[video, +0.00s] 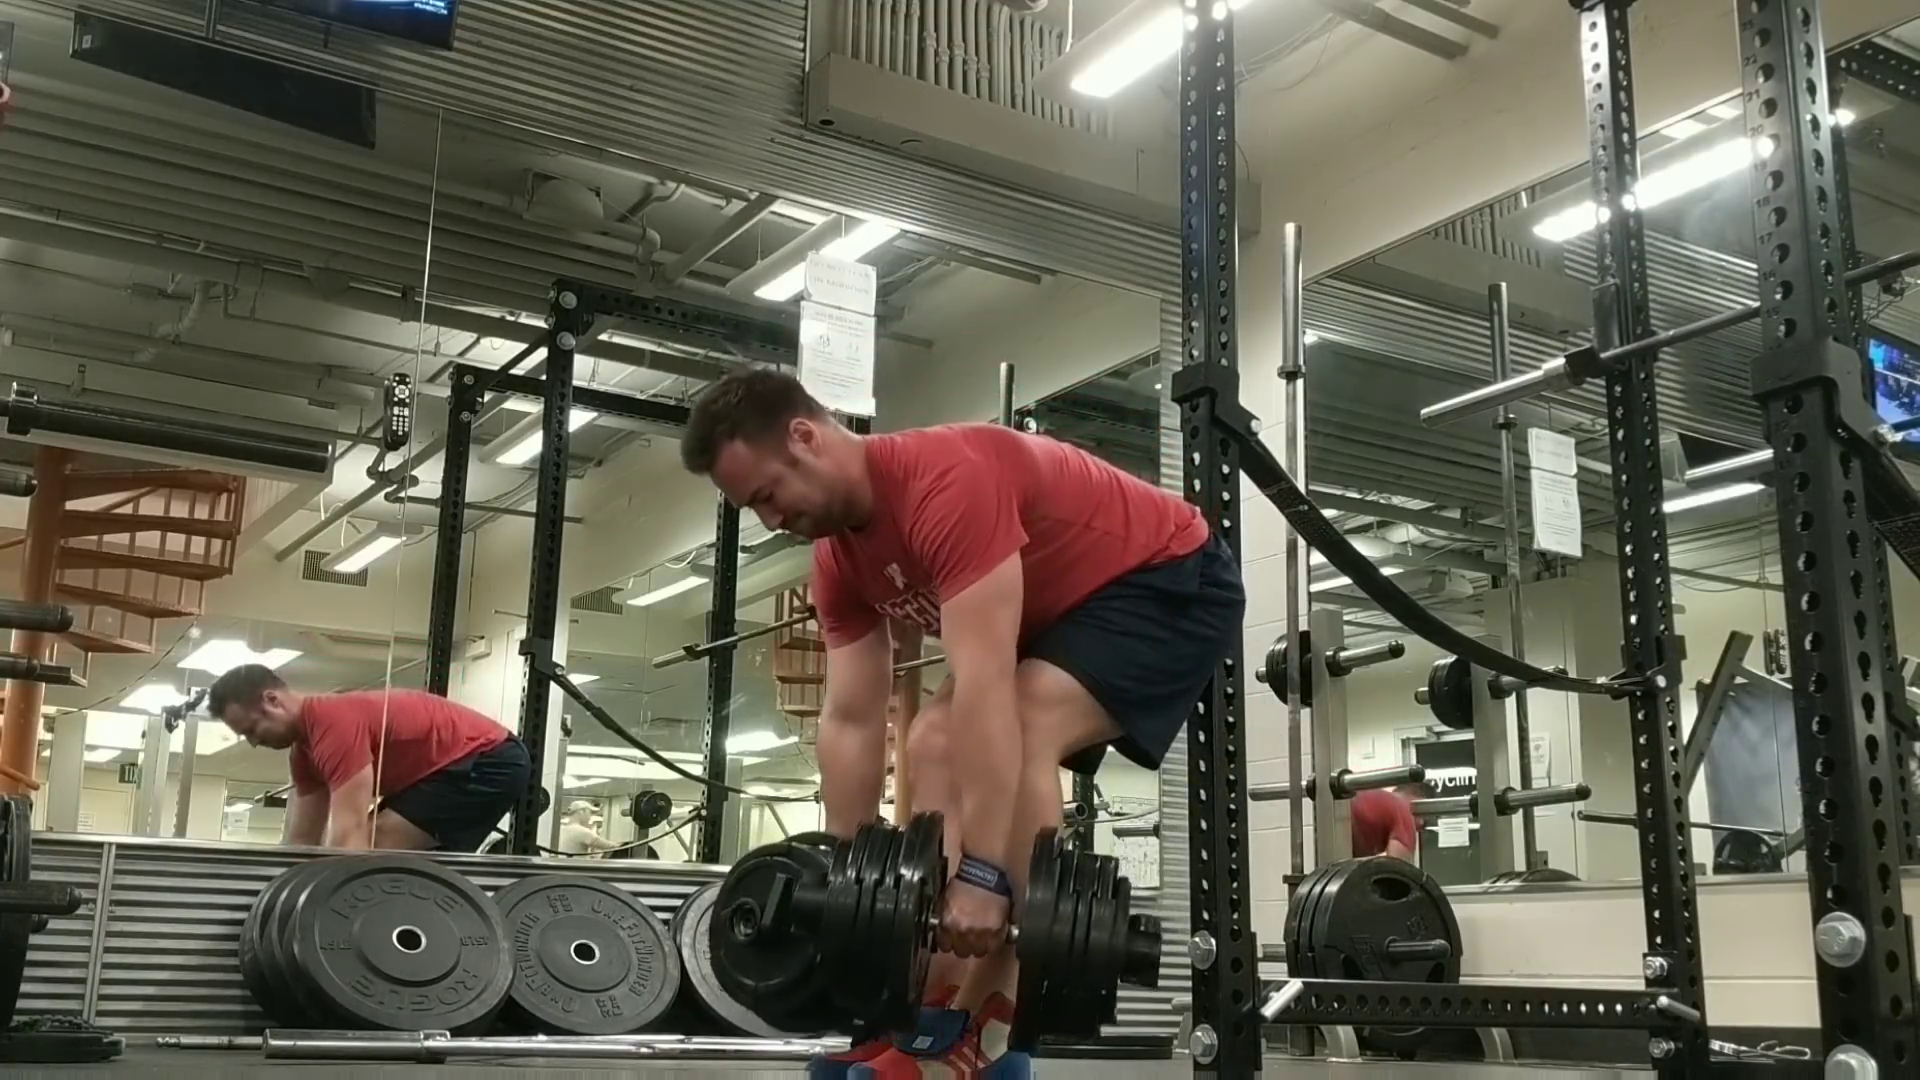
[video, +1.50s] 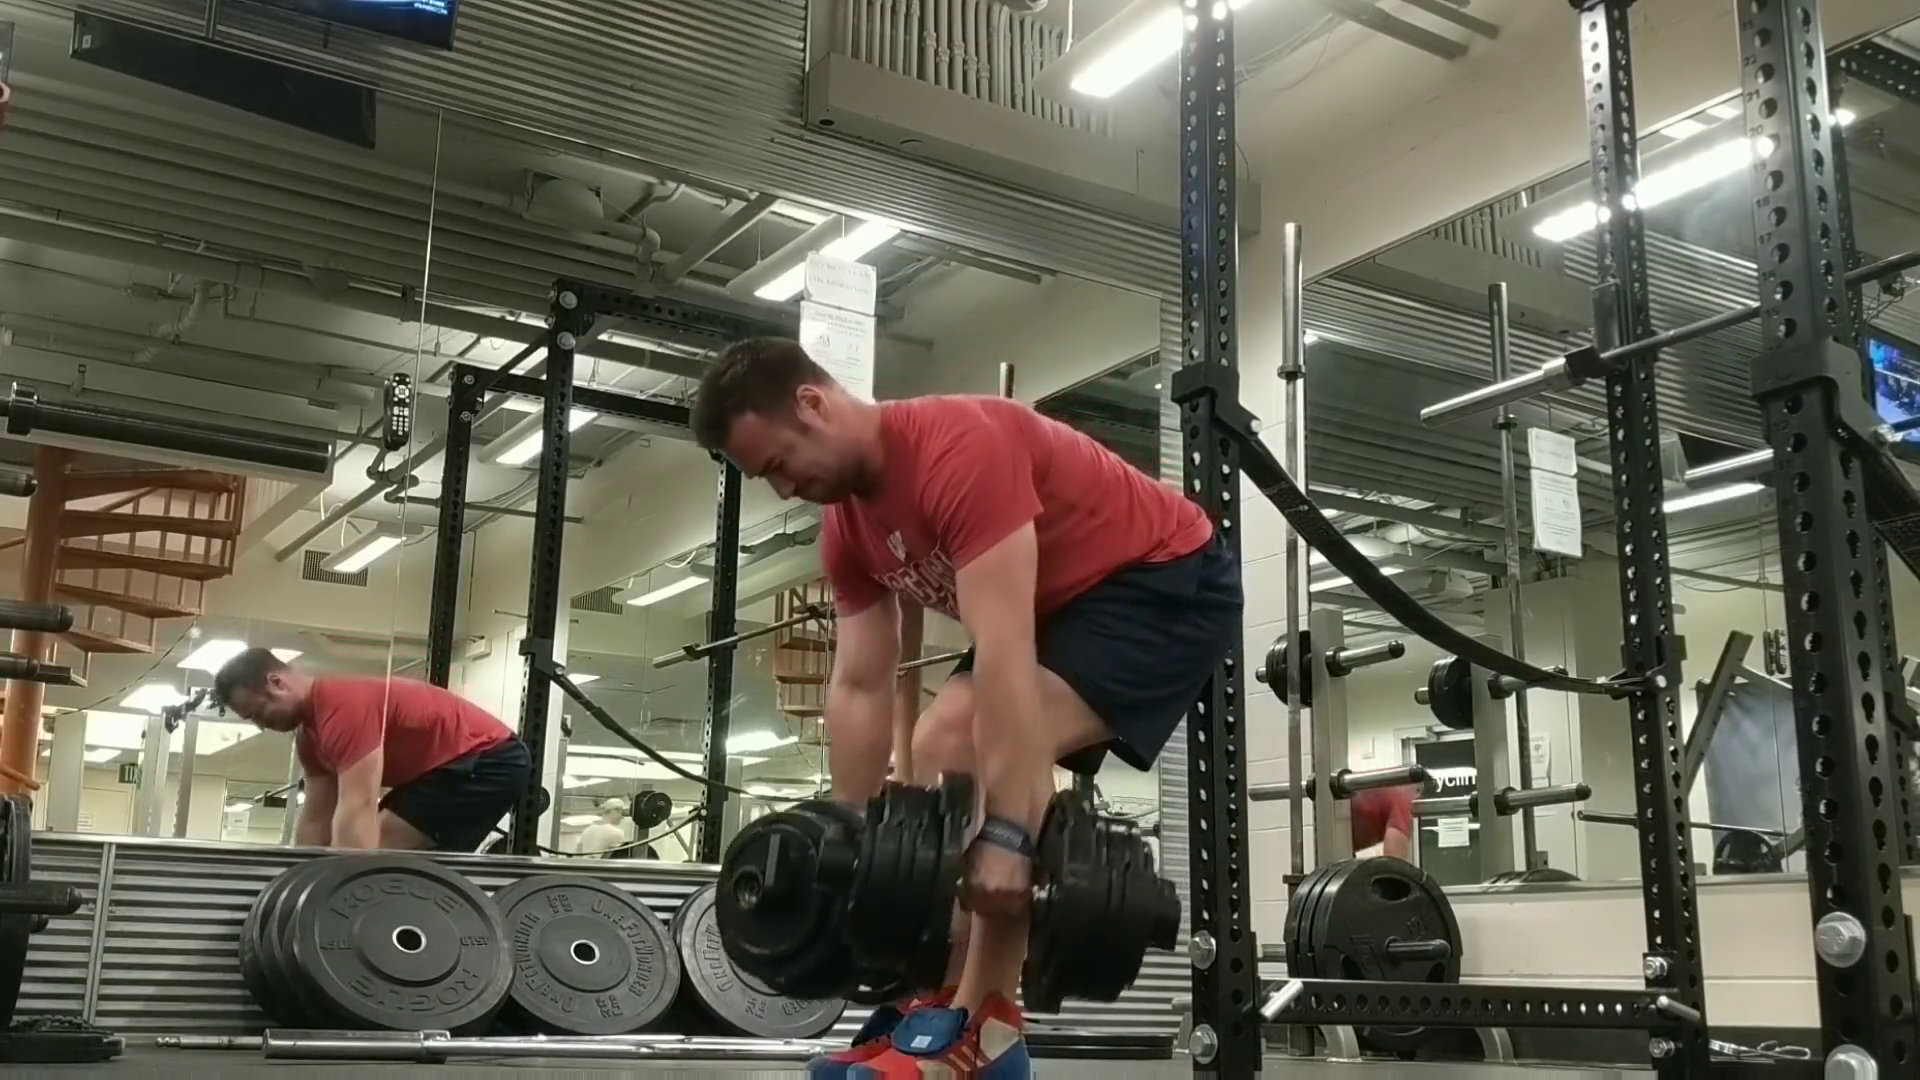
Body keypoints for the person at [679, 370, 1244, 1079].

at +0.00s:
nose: (767, 520)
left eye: (766, 495)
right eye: (751, 509)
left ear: (807, 437)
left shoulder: (953, 482)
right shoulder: (842, 560)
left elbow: (985, 683)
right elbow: (851, 719)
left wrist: (982, 875)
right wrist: (845, 884)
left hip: (1169, 576)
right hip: (1062, 612)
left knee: (1019, 727)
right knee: (935, 740)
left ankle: (988, 1033)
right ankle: (930, 1019)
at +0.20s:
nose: (786, 487)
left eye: (781, 462)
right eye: (769, 476)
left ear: (818, 401)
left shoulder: (965, 441)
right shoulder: (850, 520)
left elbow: (1032, 614)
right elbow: (873, 675)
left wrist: (1026, 806)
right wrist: (852, 833)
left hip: (1168, 576)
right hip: (1061, 601)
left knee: (1013, 730)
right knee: (937, 737)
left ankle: (990, 1020)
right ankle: (946, 997)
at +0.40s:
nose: (817, 454)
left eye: (809, 433)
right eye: (800, 447)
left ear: (836, 369)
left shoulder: (986, 390)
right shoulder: (864, 474)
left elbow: (1094, 545)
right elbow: (899, 610)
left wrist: (1087, 716)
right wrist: (883, 756)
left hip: (1166, 570)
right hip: (1039, 598)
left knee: (1028, 760)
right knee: (953, 756)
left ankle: (991, 1018)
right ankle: (941, 1002)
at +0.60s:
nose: (854, 444)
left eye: (844, 427)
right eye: (839, 440)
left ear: (857, 359)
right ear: (853, 366)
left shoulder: (1004, 353)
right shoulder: (880, 444)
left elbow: (1141, 480)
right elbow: (938, 565)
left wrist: (1143, 644)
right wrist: (912, 696)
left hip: (1159, 565)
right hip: (1050, 589)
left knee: (1023, 735)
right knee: (952, 732)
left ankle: (992, 1017)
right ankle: (941, 1004)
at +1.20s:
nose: (818, 466)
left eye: (808, 446)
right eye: (800, 461)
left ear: (832, 381)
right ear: (833, 384)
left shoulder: (986, 392)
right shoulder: (861, 473)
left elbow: (1086, 557)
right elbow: (902, 619)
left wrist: (1093, 736)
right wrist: (891, 770)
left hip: (1167, 570)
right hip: (1043, 594)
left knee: (1030, 754)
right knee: (953, 744)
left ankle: (990, 1019)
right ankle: (943, 1001)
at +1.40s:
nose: (795, 476)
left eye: (788, 452)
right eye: (778, 467)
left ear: (821, 389)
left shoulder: (972, 427)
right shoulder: (853, 508)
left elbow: (1024, 621)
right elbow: (870, 664)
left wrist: (1031, 803)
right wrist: (855, 820)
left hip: (1166, 576)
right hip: (1059, 602)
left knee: (1010, 731)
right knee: (940, 738)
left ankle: (991, 1017)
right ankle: (944, 998)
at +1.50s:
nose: (783, 489)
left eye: (780, 463)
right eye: (767, 478)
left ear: (817, 401)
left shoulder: (964, 448)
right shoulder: (849, 528)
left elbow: (1003, 650)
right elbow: (861, 687)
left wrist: (1009, 833)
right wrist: (848, 850)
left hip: (1165, 578)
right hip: (1058, 607)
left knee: (1000, 744)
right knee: (941, 739)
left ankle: (989, 1020)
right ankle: (937, 1004)